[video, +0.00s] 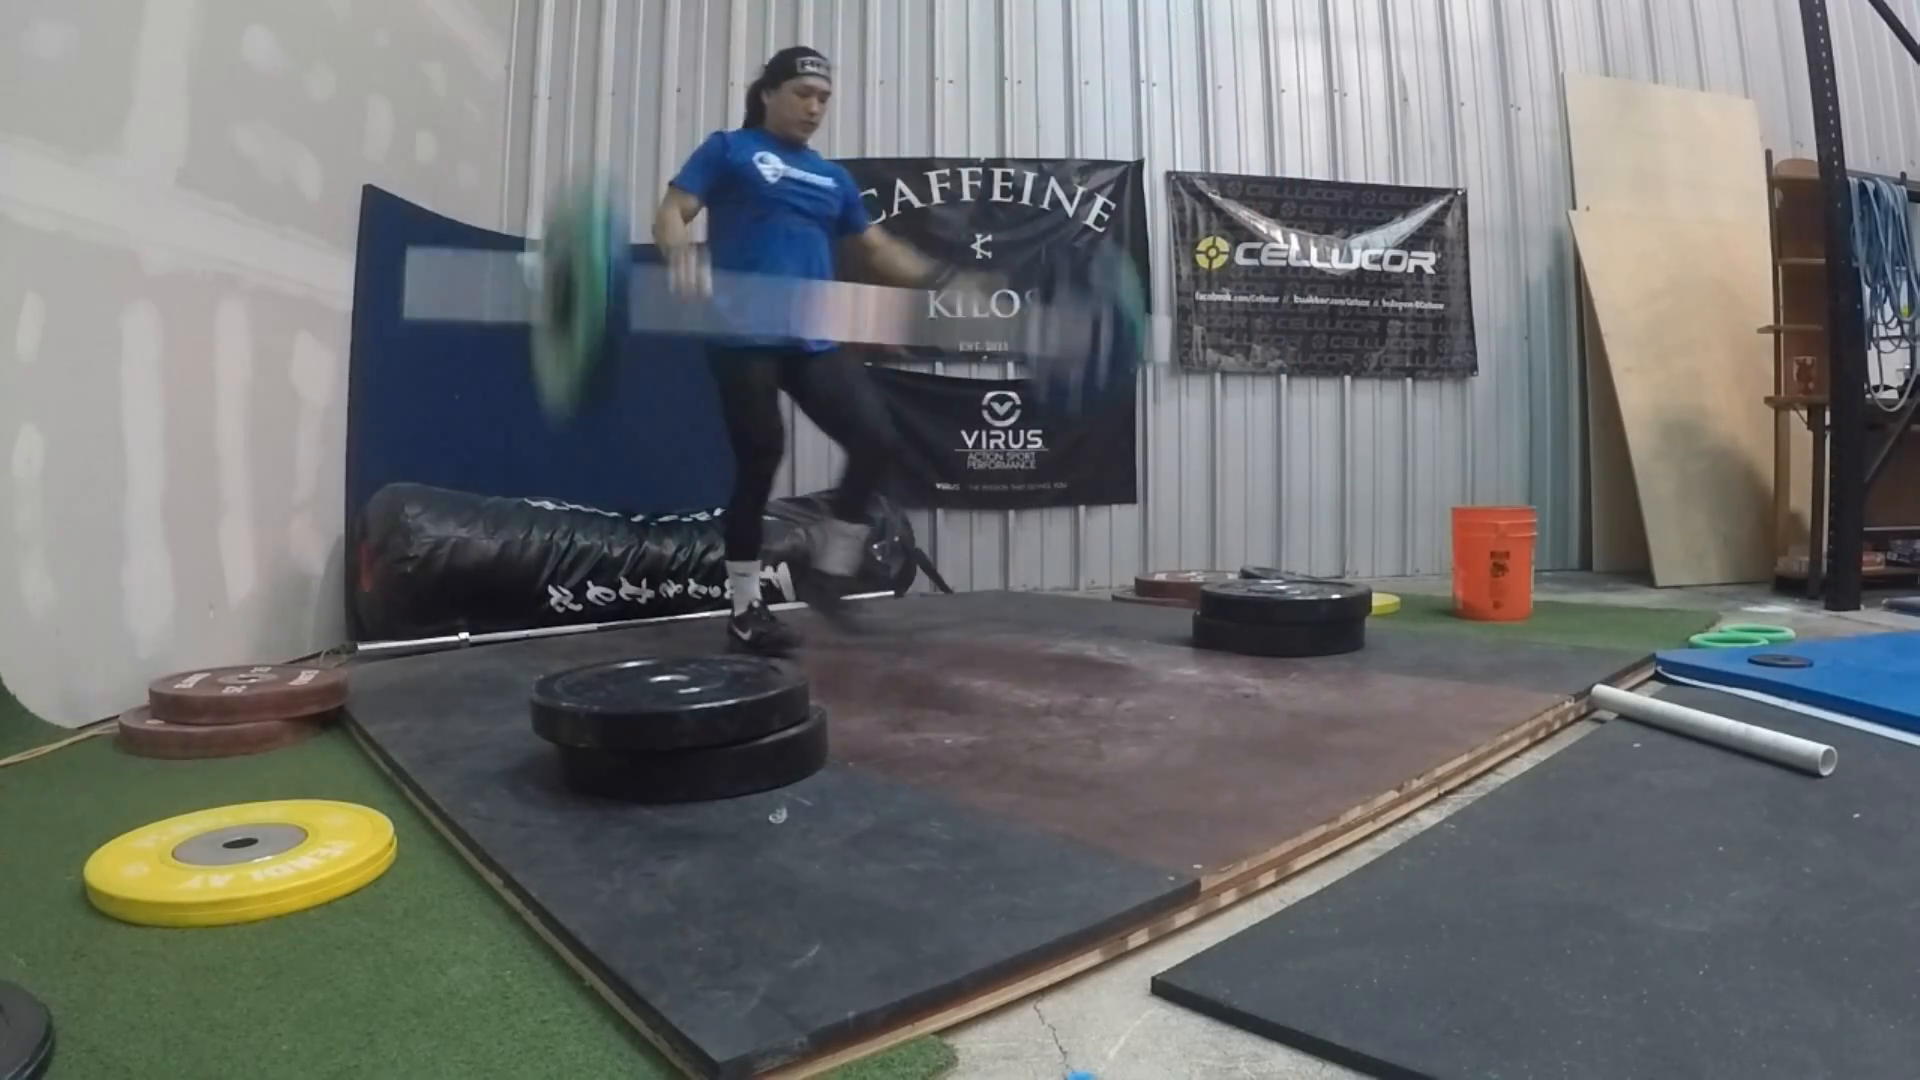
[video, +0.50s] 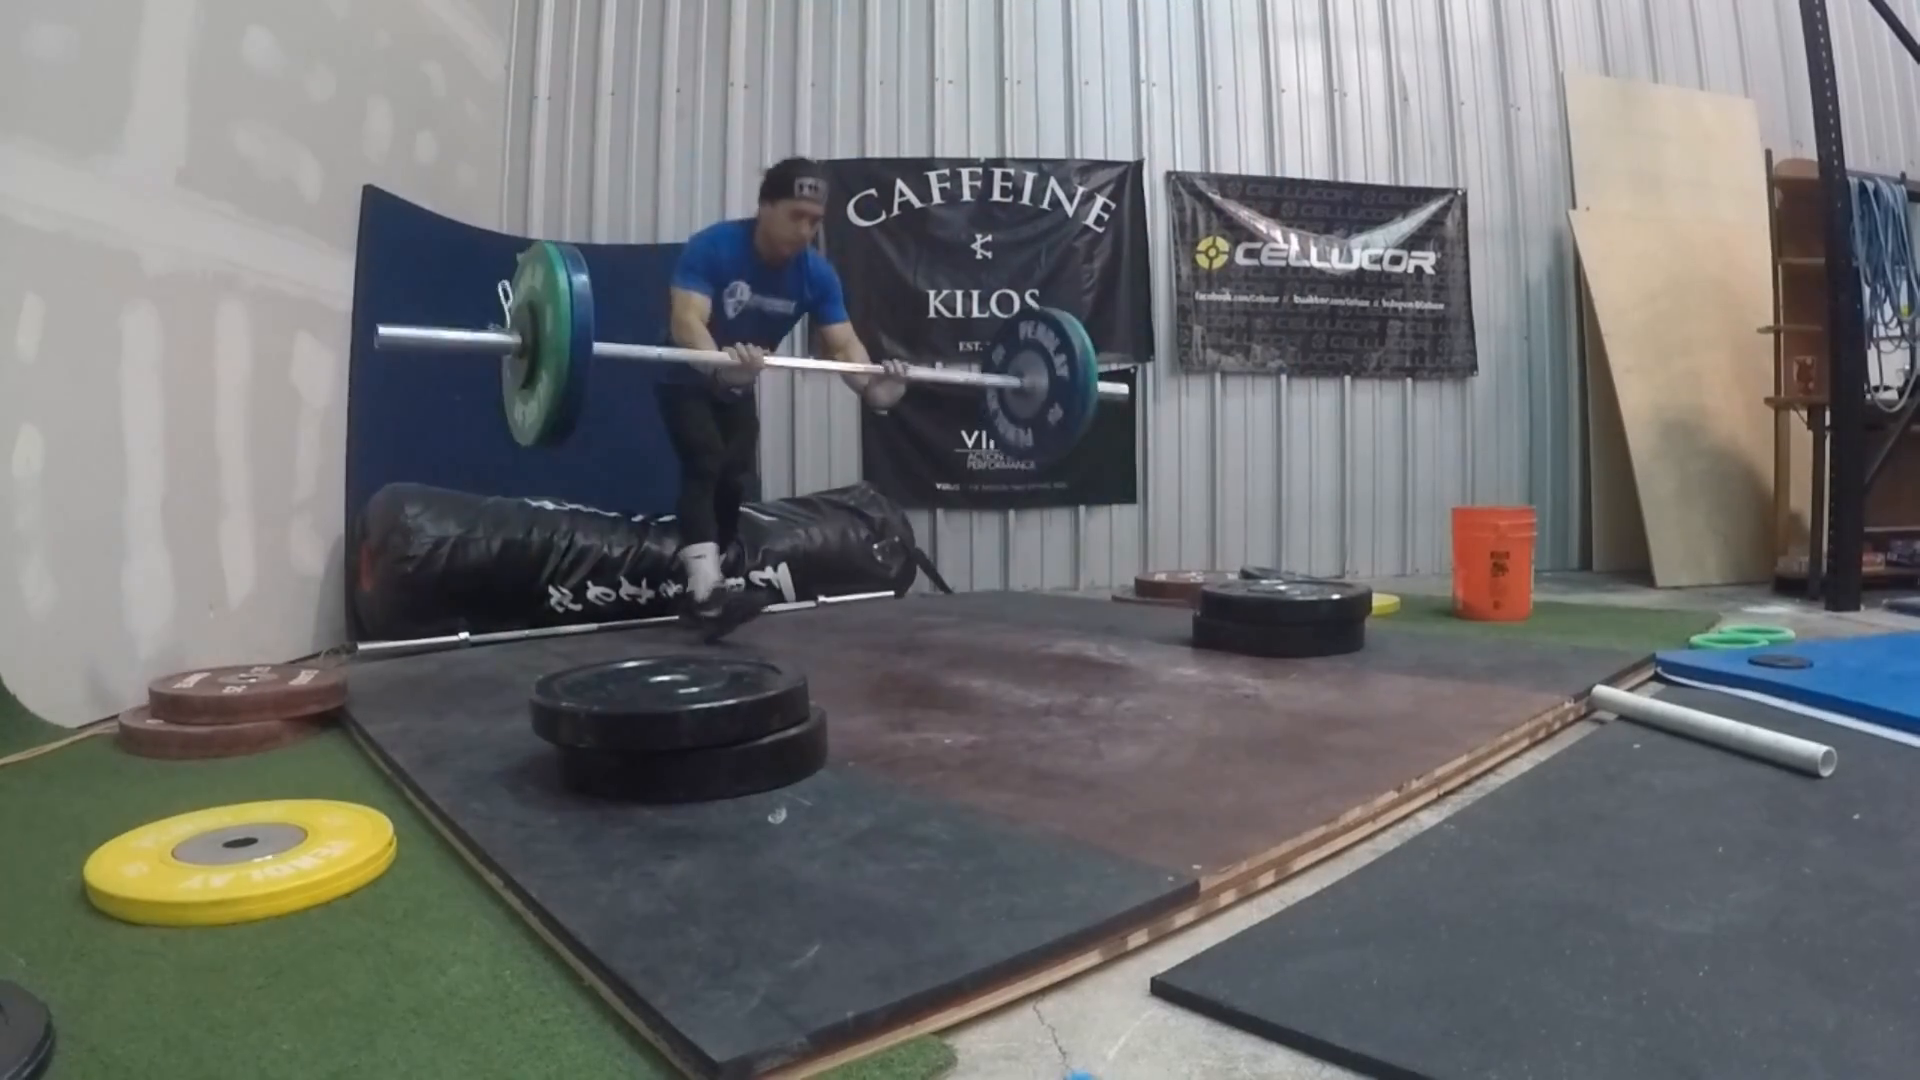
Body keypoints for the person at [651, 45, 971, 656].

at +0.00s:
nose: (814, 107)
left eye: (822, 99)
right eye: (803, 95)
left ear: (826, 106)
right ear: (768, 93)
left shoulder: (835, 179)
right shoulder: (729, 149)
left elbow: (879, 252)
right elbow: (670, 213)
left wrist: (946, 278)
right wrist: (682, 252)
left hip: (810, 342)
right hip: (741, 339)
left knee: (875, 440)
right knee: (760, 452)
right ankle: (745, 608)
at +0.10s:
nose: (805, 117)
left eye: (814, 108)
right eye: (795, 104)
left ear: (818, 113)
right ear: (759, 101)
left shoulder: (824, 184)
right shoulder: (717, 158)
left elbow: (843, 265)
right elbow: (667, 228)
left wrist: (885, 323)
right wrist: (685, 293)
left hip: (795, 347)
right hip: (727, 340)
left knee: (820, 457)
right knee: (743, 450)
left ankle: (778, 572)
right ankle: (735, 589)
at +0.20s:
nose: (801, 138)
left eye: (809, 129)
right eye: (791, 125)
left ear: (815, 133)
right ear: (756, 123)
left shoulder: (819, 202)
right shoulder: (711, 180)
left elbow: (832, 286)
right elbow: (669, 253)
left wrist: (855, 346)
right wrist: (695, 316)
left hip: (778, 367)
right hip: (719, 353)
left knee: (760, 476)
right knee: (745, 461)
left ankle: (715, 585)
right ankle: (737, 601)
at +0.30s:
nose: (803, 169)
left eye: (811, 159)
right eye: (792, 155)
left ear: (816, 163)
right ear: (757, 153)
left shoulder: (816, 231)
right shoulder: (710, 210)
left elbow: (836, 310)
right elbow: (678, 284)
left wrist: (857, 360)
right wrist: (711, 338)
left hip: (759, 374)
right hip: (704, 366)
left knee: (755, 466)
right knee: (737, 459)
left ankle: (702, 581)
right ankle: (737, 601)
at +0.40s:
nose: (808, 205)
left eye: (816, 194)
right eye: (798, 190)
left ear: (823, 196)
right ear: (763, 185)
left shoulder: (818, 255)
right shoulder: (715, 236)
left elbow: (843, 332)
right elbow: (691, 317)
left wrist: (872, 383)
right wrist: (723, 362)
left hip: (749, 374)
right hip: (693, 369)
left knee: (745, 476)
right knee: (723, 459)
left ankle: (703, 583)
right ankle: (728, 589)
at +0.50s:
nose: (807, 231)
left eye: (815, 221)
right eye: (798, 217)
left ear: (821, 223)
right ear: (766, 209)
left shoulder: (816, 274)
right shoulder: (711, 248)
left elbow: (844, 344)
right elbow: (685, 323)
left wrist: (876, 388)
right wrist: (720, 364)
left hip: (740, 386)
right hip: (687, 379)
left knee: (735, 481)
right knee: (704, 462)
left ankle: (718, 579)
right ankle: (704, 592)